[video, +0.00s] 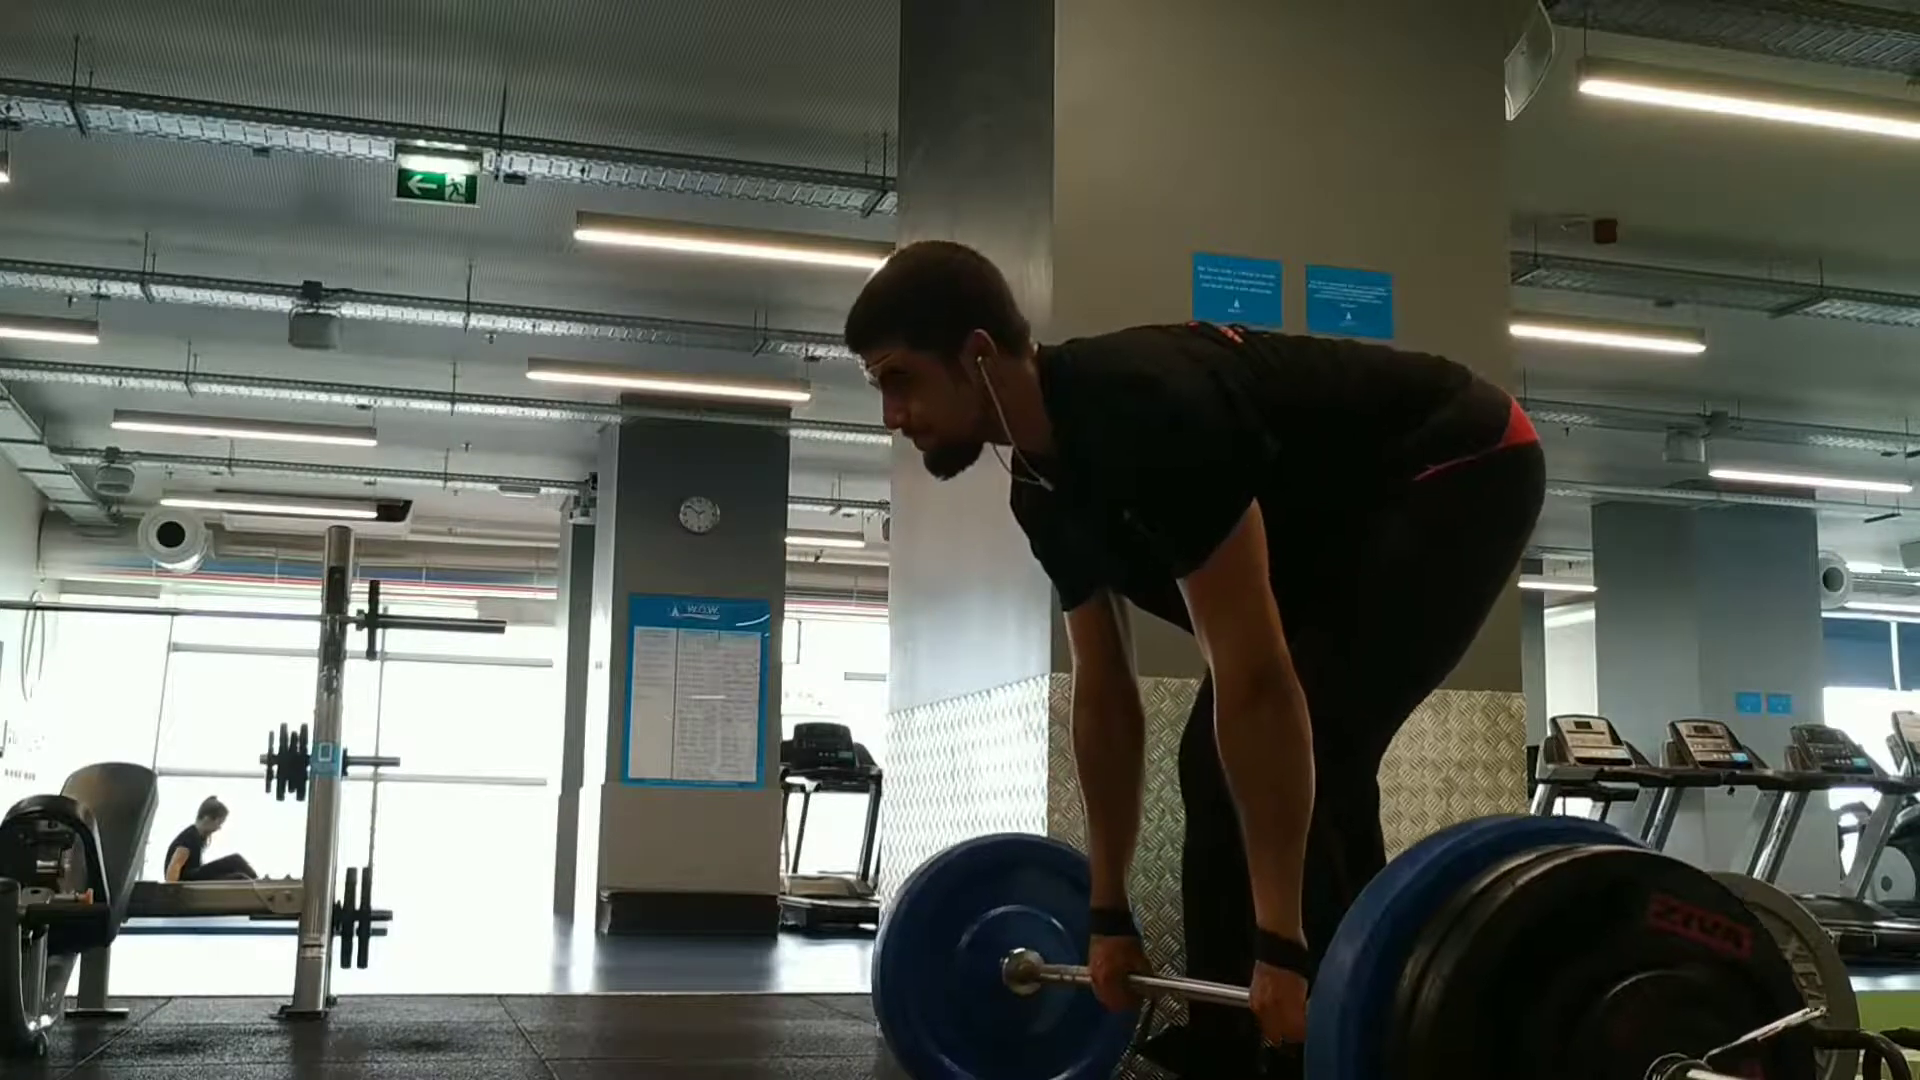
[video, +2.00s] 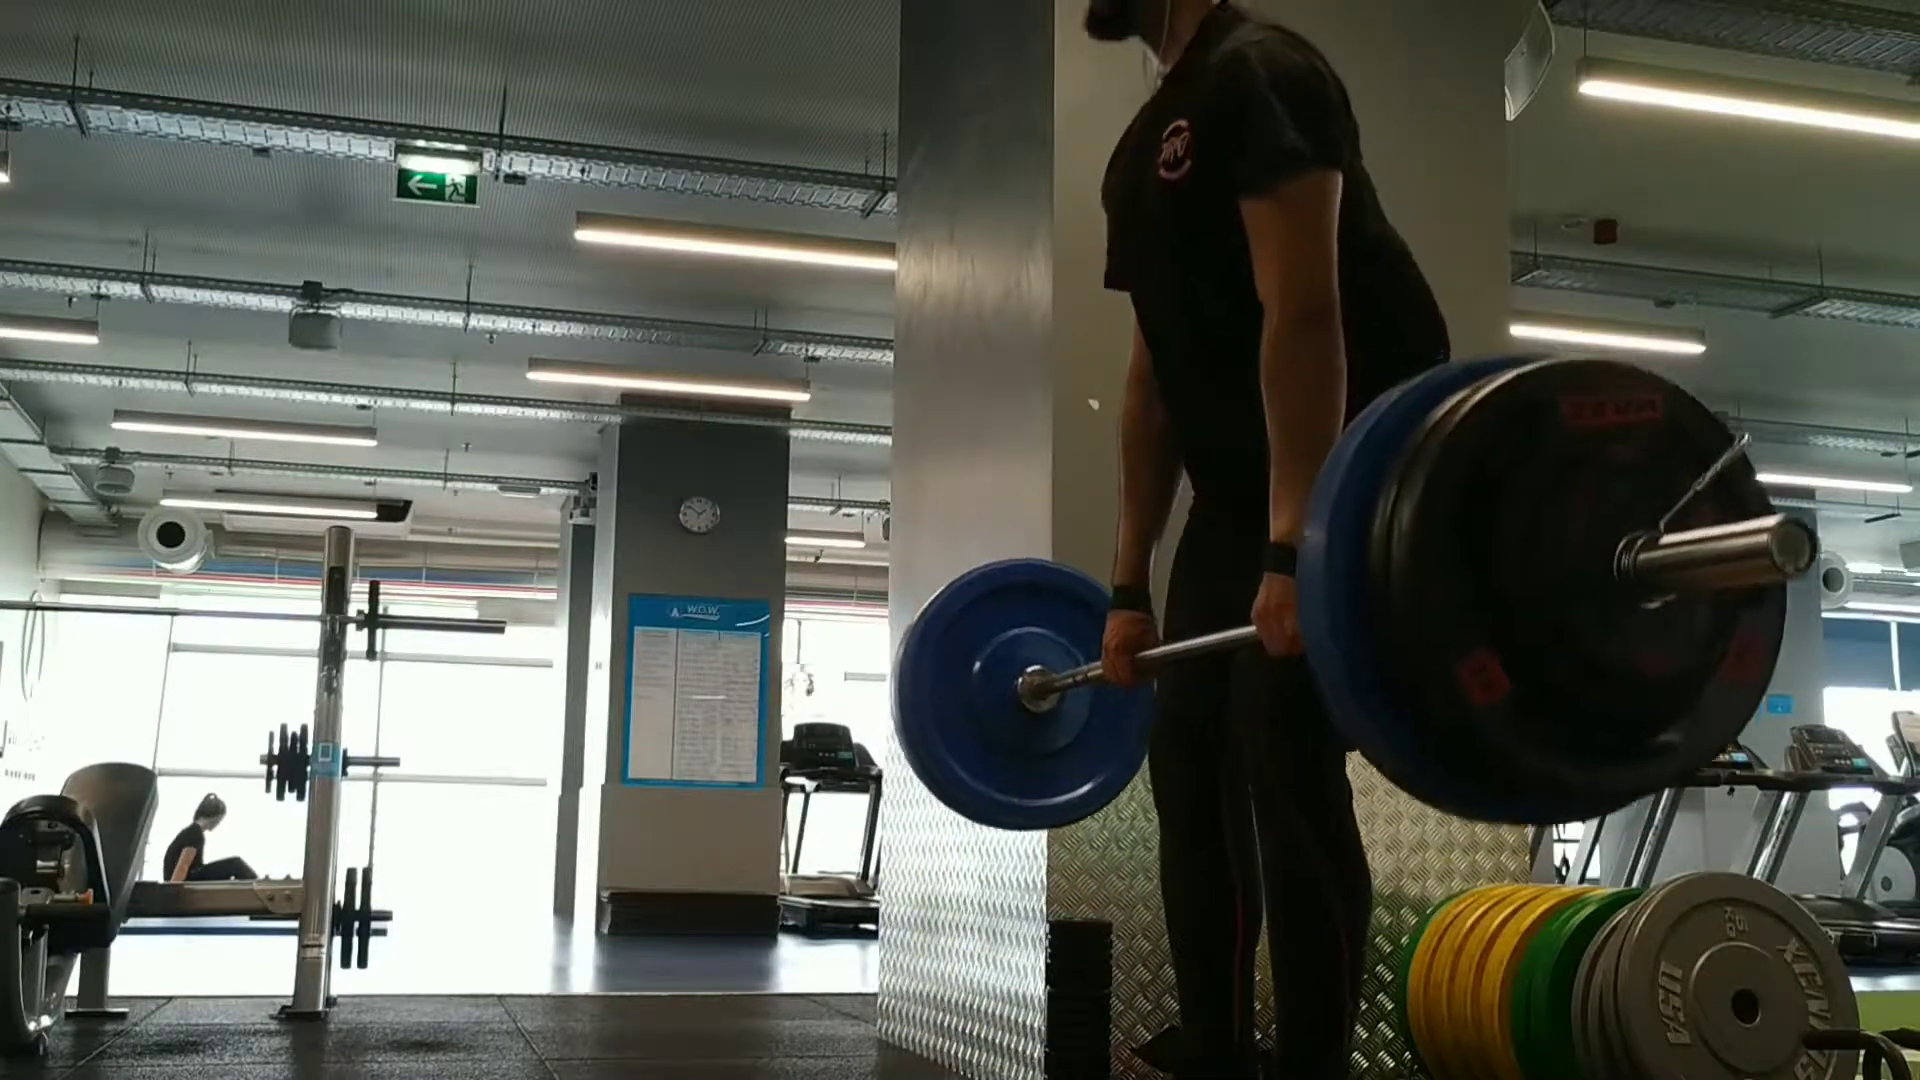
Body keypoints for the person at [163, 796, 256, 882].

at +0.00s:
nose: (219, 827)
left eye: (221, 823)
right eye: (219, 822)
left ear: (207, 819)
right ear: (207, 818)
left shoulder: (198, 837)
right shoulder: (191, 836)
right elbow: (174, 867)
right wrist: (170, 893)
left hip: (193, 877)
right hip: (185, 879)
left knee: (238, 877)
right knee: (235, 860)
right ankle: (259, 885)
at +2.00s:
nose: (219, 822)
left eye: (221, 819)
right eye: (220, 818)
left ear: (202, 812)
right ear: (214, 817)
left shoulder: (193, 832)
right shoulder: (195, 833)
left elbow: (182, 866)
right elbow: (182, 866)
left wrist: (171, 891)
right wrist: (172, 891)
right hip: (187, 881)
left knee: (234, 863)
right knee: (235, 863)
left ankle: (258, 886)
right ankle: (259, 888)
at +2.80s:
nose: (219, 821)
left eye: (220, 817)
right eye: (217, 816)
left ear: (204, 813)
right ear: (204, 813)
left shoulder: (197, 834)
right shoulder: (193, 834)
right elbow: (184, 863)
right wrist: (188, 890)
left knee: (236, 861)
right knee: (240, 873)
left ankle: (264, 886)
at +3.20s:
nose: (222, 822)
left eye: (223, 818)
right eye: (219, 817)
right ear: (206, 814)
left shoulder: (200, 836)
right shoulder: (196, 836)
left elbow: (196, 870)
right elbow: (194, 870)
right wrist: (202, 895)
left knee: (236, 861)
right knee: (242, 871)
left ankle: (261, 885)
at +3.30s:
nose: (222, 823)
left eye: (224, 819)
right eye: (220, 818)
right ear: (207, 815)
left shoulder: (202, 838)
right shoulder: (196, 838)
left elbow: (197, 873)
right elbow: (194, 874)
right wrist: (204, 897)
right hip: (181, 887)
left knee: (236, 861)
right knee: (241, 871)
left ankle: (262, 886)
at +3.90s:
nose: (219, 824)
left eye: (223, 820)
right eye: (216, 818)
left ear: (227, 822)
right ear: (207, 815)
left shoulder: (205, 838)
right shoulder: (197, 838)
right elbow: (179, 872)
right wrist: (195, 891)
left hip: (198, 877)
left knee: (236, 861)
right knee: (241, 871)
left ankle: (261, 886)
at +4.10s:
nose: (213, 823)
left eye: (218, 820)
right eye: (211, 817)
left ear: (222, 822)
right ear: (203, 814)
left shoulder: (209, 841)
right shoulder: (191, 837)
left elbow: (203, 867)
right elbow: (165, 866)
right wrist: (165, 890)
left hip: (203, 877)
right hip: (190, 883)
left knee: (236, 862)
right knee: (241, 872)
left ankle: (260, 885)